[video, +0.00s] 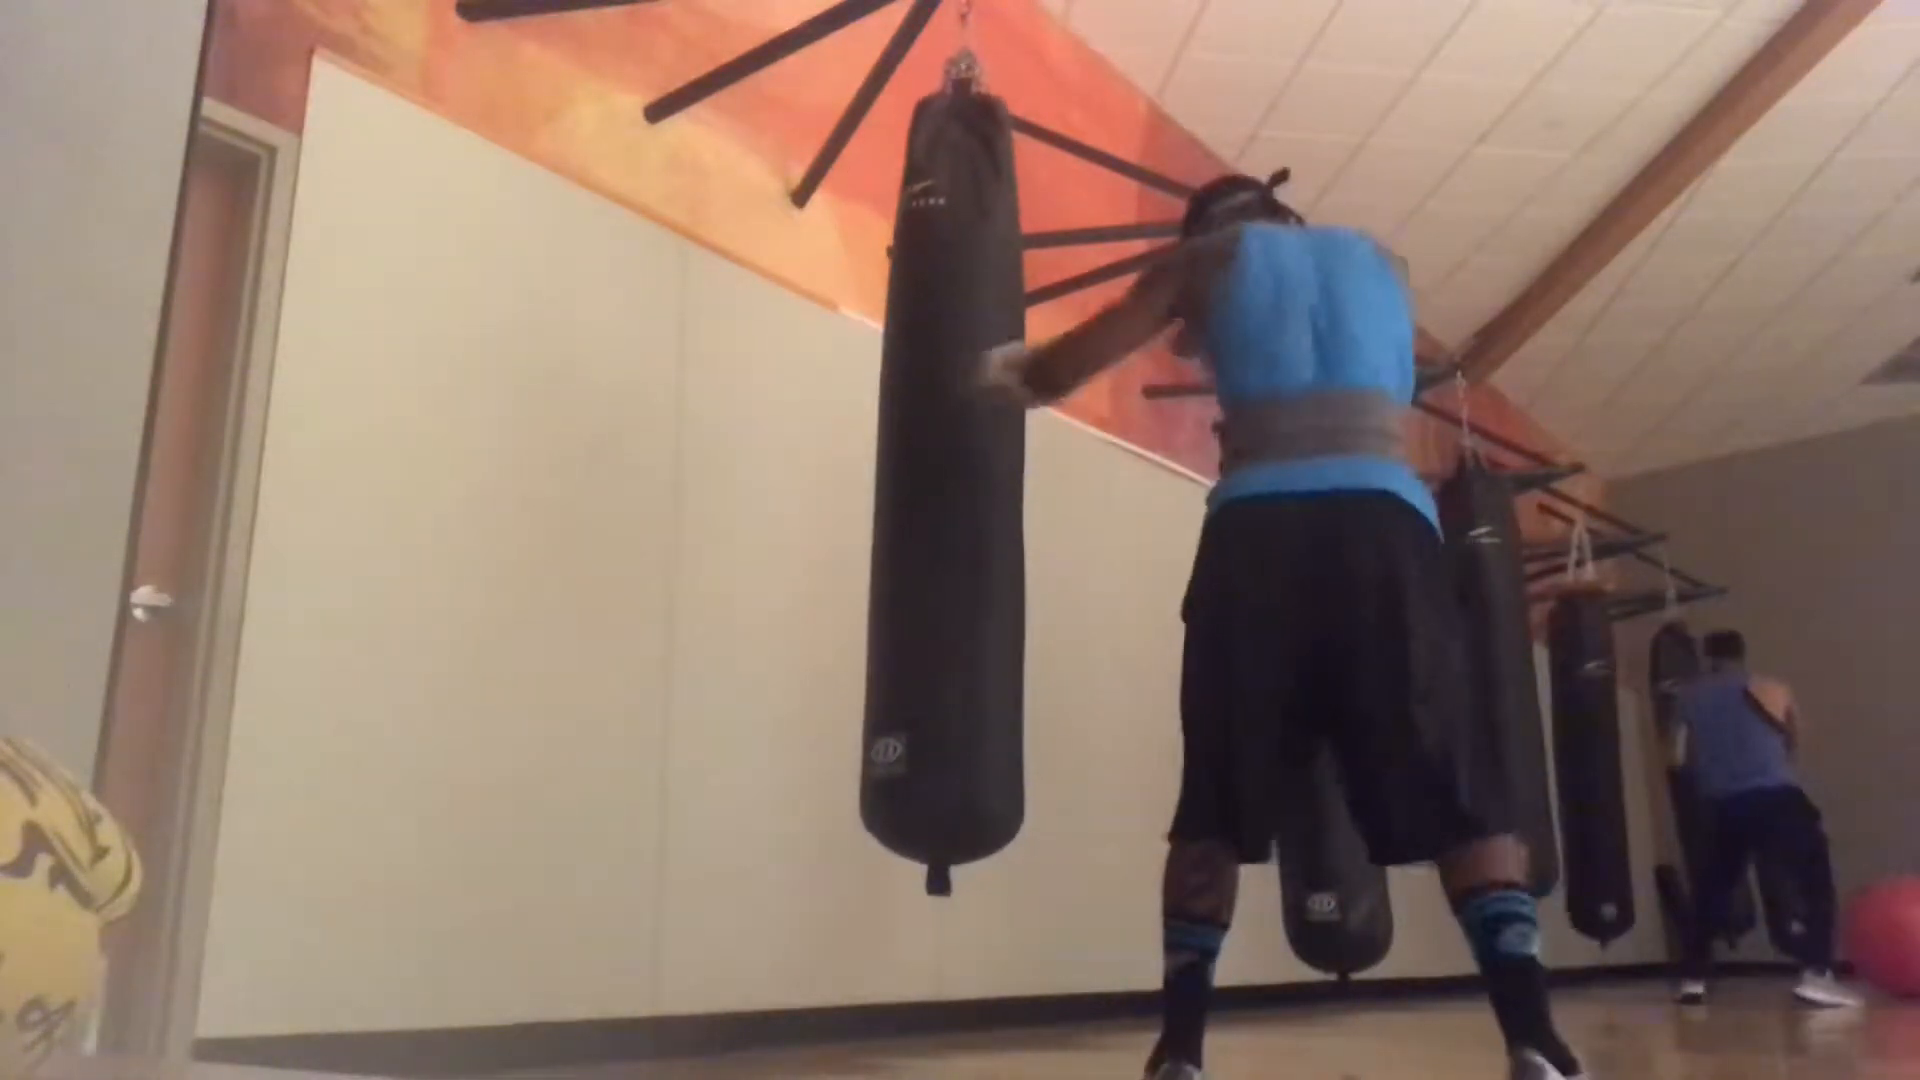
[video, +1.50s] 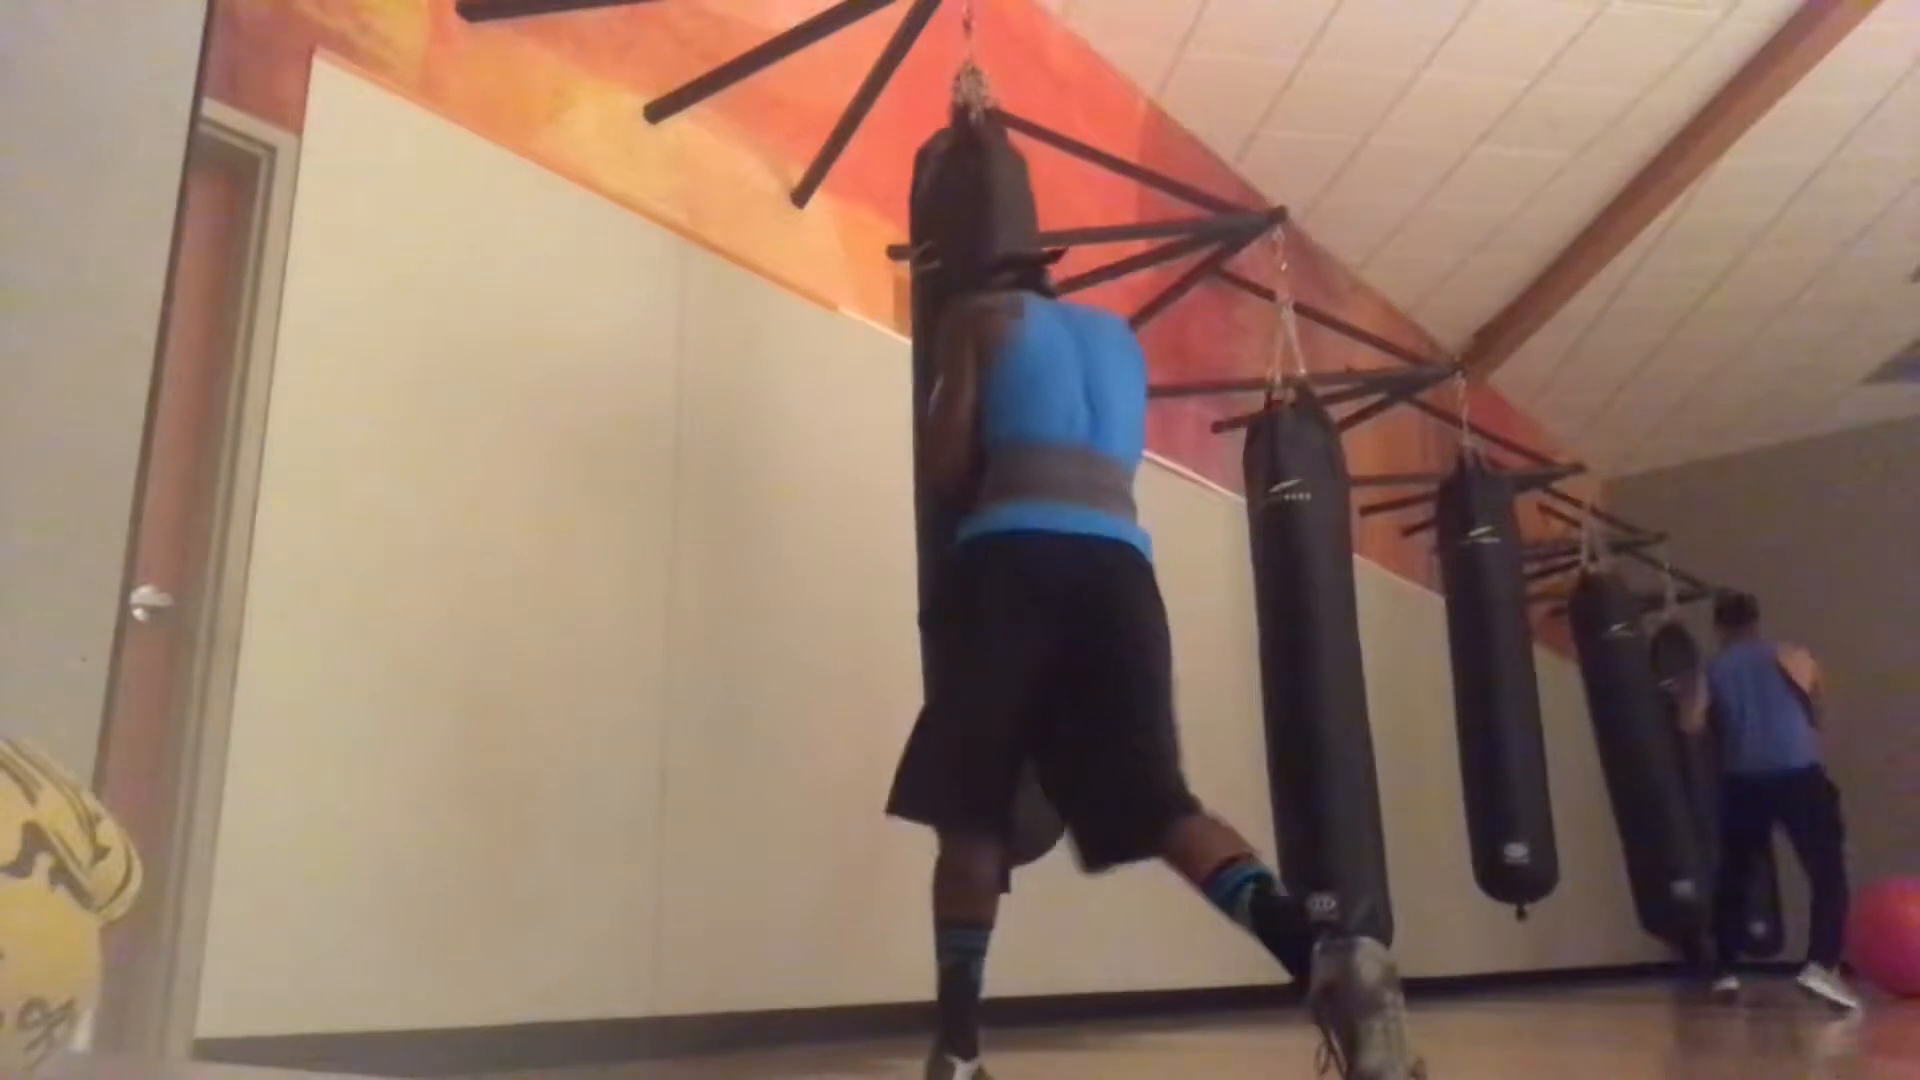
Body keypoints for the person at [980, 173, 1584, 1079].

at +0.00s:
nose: (1193, 268)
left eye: (1193, 253)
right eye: (1193, 254)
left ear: (1211, 231)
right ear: (1279, 214)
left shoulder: (1205, 254)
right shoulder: (1376, 260)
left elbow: (1060, 369)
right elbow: (1433, 359)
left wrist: (1012, 369)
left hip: (1256, 544)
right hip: (1390, 539)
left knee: (1215, 794)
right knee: (1458, 790)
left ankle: (1180, 1048)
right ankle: (1534, 1043)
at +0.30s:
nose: (1176, 258)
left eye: (1179, 246)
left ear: (1193, 239)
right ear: (1268, 218)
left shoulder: (1175, 266)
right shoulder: (1353, 254)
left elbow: (1040, 368)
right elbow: (1409, 357)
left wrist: (985, 370)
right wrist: (1359, 376)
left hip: (1213, 548)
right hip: (1342, 541)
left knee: (1177, 803)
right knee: (1444, 793)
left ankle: (1129, 1047)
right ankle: (1529, 1046)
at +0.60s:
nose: (1144, 259)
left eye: (1147, 248)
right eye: (1149, 248)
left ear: (1166, 238)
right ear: (1255, 232)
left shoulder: (1149, 267)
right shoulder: (1316, 274)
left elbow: (1043, 407)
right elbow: (1318, 408)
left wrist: (1031, 381)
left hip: (1176, 543)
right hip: (1305, 541)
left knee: (1143, 798)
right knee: (1383, 791)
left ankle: (1126, 1042)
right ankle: (1444, 1039)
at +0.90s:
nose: (1251, 303)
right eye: (1240, 295)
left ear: (1122, 321)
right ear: (1199, 301)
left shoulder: (1086, 368)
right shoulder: (1250, 329)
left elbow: (1012, 458)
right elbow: (1287, 482)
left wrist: (988, 524)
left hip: (1097, 604)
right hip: (1221, 598)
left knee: (1069, 825)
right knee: (1381, 806)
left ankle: (996, 1043)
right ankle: (1389, 1024)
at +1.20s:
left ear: (1075, 302)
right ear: (1153, 283)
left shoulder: (1036, 354)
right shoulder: (1203, 313)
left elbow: (955, 448)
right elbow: (1221, 471)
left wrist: (1009, 459)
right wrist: (1245, 390)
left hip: (1037, 589)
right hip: (1153, 581)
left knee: (1026, 813)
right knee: (1260, 801)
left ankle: (963, 1031)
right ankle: (1272, 1042)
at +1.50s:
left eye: (976, 293)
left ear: (985, 284)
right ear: (1051, 279)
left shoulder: (979, 318)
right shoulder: (1119, 338)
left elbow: (947, 462)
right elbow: (1115, 462)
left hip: (1007, 571)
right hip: (1118, 576)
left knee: (971, 806)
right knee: (1158, 800)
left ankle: (955, 1047)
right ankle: (1317, 955)